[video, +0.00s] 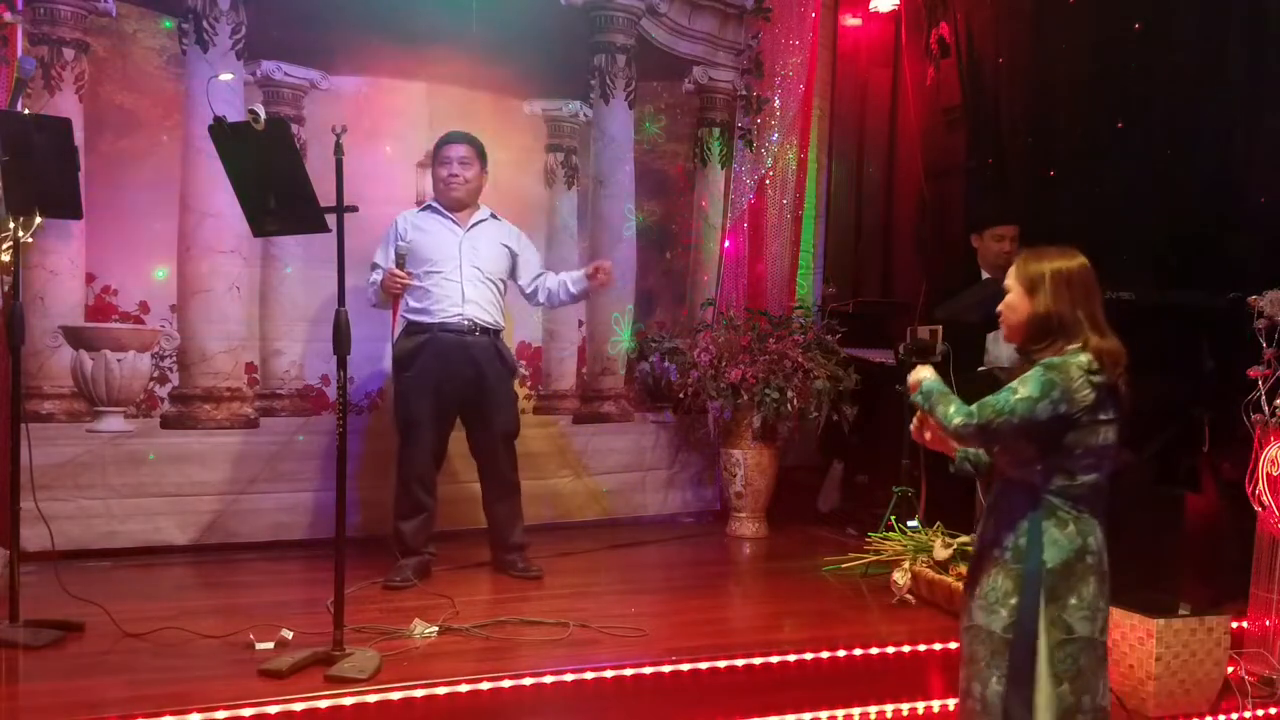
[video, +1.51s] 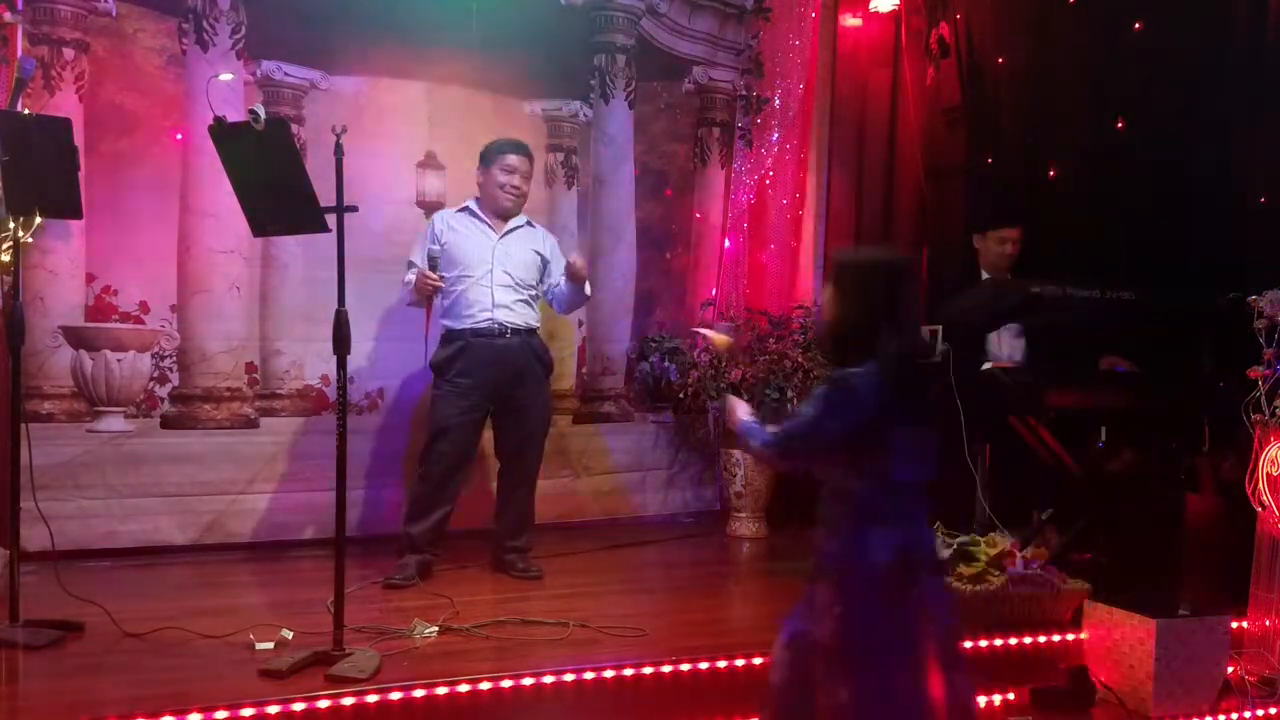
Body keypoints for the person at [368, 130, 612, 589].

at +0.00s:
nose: (453, 171)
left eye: (465, 163)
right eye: (444, 163)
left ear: (483, 175)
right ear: (432, 173)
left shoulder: (506, 233)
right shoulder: (408, 225)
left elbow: (539, 288)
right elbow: (376, 288)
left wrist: (584, 279)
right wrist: (385, 286)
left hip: (486, 352)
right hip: (424, 350)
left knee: (500, 458)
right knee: (418, 459)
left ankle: (510, 552)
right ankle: (413, 557)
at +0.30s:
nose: (460, 171)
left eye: (471, 163)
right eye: (451, 163)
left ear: (490, 174)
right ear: (439, 174)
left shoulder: (513, 231)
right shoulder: (416, 225)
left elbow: (542, 290)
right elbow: (388, 288)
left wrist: (580, 288)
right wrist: (393, 289)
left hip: (496, 352)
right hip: (435, 350)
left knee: (509, 454)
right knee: (424, 456)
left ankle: (512, 552)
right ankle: (413, 557)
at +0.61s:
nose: (476, 175)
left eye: (487, 167)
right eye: (468, 167)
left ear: (505, 177)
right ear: (456, 175)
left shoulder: (525, 233)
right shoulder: (431, 230)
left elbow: (548, 294)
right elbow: (403, 290)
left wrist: (574, 312)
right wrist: (409, 295)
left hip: (518, 352)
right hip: (459, 353)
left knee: (522, 454)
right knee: (437, 449)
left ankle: (513, 550)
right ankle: (414, 556)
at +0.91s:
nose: (492, 178)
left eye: (503, 171)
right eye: (483, 169)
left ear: (519, 181)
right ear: (470, 178)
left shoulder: (538, 236)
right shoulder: (443, 231)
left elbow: (559, 297)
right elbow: (417, 292)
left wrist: (592, 305)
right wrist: (419, 297)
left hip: (527, 354)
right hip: (466, 354)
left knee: (530, 453)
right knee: (445, 446)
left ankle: (514, 549)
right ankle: (416, 553)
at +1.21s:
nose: (505, 177)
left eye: (516, 171)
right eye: (495, 168)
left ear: (527, 183)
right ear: (478, 177)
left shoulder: (542, 238)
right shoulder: (447, 227)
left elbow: (566, 299)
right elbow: (417, 293)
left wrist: (592, 281)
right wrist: (419, 286)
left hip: (525, 353)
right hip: (465, 351)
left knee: (522, 457)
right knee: (445, 449)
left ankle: (513, 549)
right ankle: (417, 552)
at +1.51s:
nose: (516, 182)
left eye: (524, 176)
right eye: (507, 171)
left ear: (531, 184)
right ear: (482, 175)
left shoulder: (542, 239)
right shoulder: (446, 224)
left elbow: (562, 302)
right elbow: (414, 282)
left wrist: (578, 283)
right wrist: (420, 285)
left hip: (523, 355)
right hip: (465, 353)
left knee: (523, 460)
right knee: (444, 453)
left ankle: (514, 550)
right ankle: (417, 553)